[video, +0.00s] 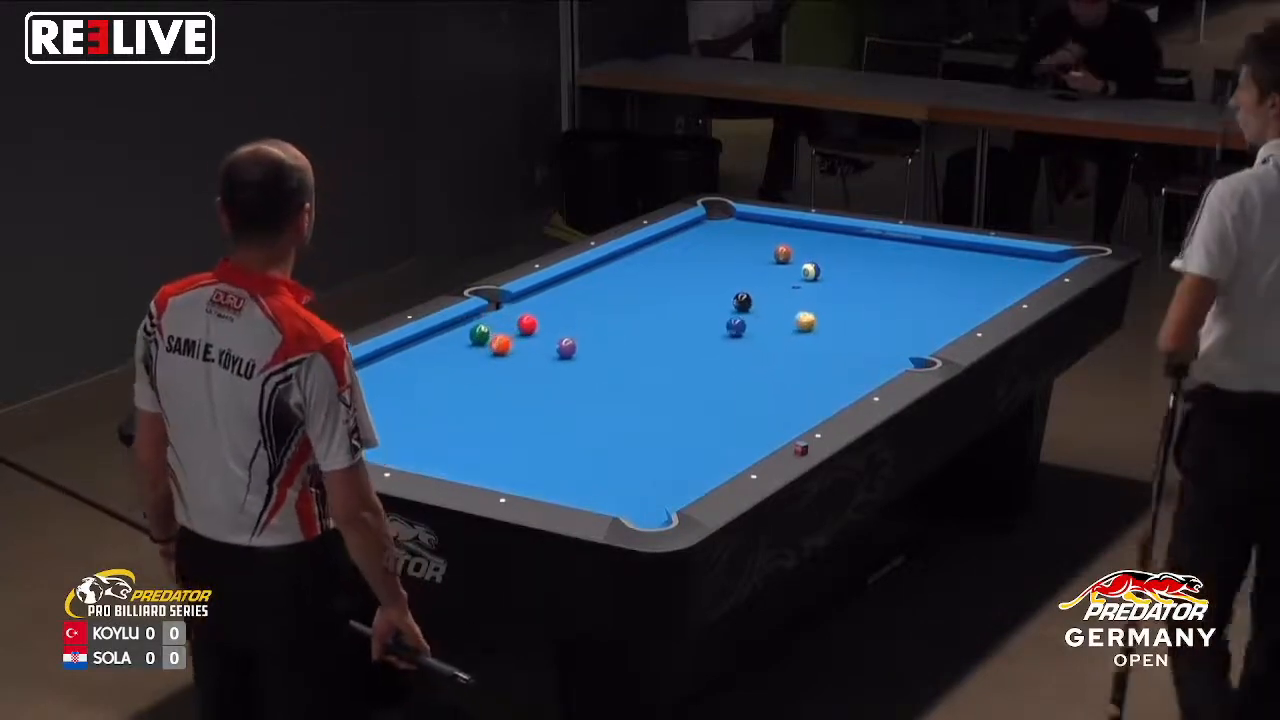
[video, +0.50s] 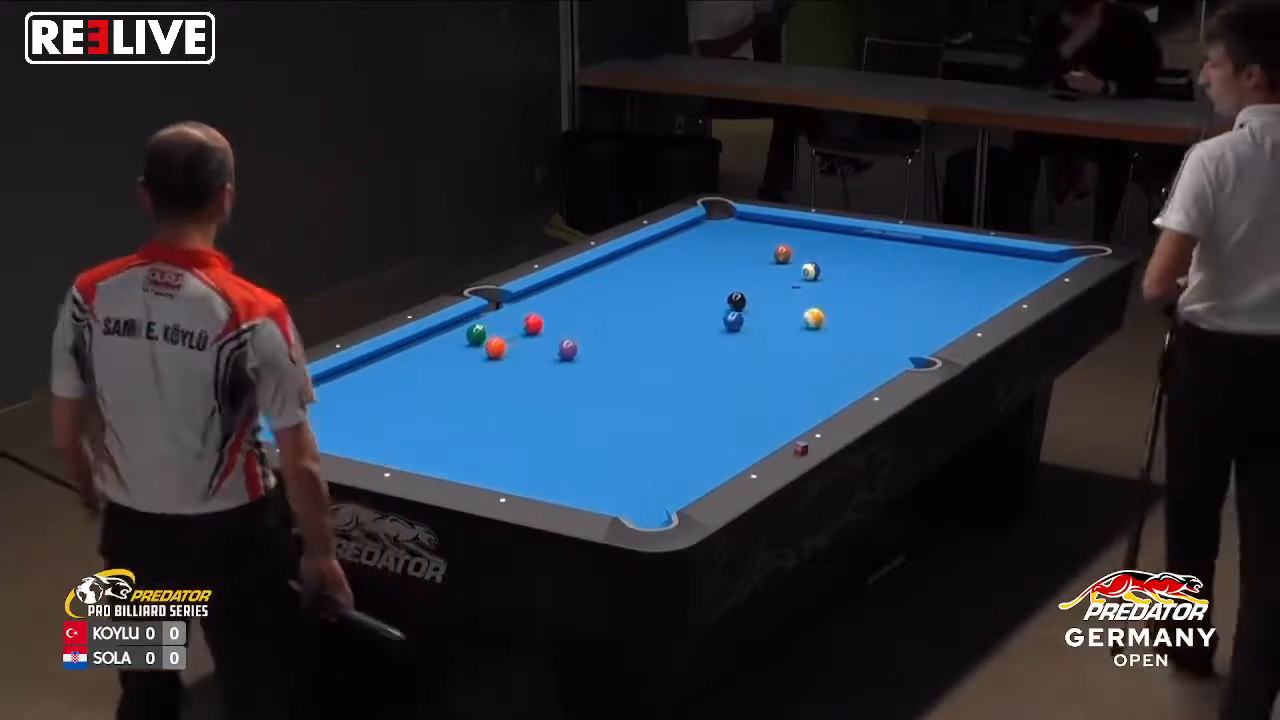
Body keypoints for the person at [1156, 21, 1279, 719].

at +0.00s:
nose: (1236, 104)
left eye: (1242, 90)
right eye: (1239, 90)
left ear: (1268, 99)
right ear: (1277, 101)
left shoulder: (1239, 195)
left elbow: (1177, 334)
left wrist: (1177, 365)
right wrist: (1188, 355)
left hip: (1237, 411)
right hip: (1270, 407)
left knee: (1200, 594)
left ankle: (1206, 707)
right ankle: (1258, 706)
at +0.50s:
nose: (1204, 78)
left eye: (1212, 65)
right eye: (1206, 64)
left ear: (1247, 71)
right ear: (1267, 71)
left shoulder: (1214, 159)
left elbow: (1159, 280)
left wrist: (1178, 295)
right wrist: (1185, 284)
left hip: (1215, 354)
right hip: (1277, 353)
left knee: (1194, 500)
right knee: (1273, 520)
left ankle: (1191, 648)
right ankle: (1261, 681)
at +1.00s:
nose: (1182, 38)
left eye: (1192, 25)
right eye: (1184, 24)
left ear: (1233, 34)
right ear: (1241, 34)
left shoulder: (1193, 109)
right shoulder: (1278, 96)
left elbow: (1151, 223)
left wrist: (1180, 229)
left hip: (1204, 287)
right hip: (1275, 286)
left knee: (1190, 445)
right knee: (1274, 435)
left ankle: (1193, 617)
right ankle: (1269, 566)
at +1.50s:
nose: (1191, 8)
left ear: (1237, 5)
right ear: (1252, 7)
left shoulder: (1220, 70)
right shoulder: (1275, 55)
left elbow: (1196, 177)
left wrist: (1163, 214)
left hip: (1222, 236)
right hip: (1276, 231)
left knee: (1199, 376)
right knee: (1275, 390)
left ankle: (1210, 516)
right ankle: (1271, 539)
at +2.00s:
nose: (1120, 5)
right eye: (1118, 1)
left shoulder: (1162, 40)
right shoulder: (1226, 25)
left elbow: (1185, 135)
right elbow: (1228, 118)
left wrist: (1153, 202)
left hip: (1182, 198)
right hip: (1223, 193)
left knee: (1174, 332)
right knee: (1199, 329)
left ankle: (1187, 464)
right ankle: (1237, 443)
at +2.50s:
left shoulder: (1084, 17)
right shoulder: (1064, 22)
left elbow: (1141, 95)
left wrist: (1122, 178)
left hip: (1091, 181)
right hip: (1067, 176)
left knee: (1097, 327)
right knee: (1054, 316)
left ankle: (1163, 444)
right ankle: (1051, 417)